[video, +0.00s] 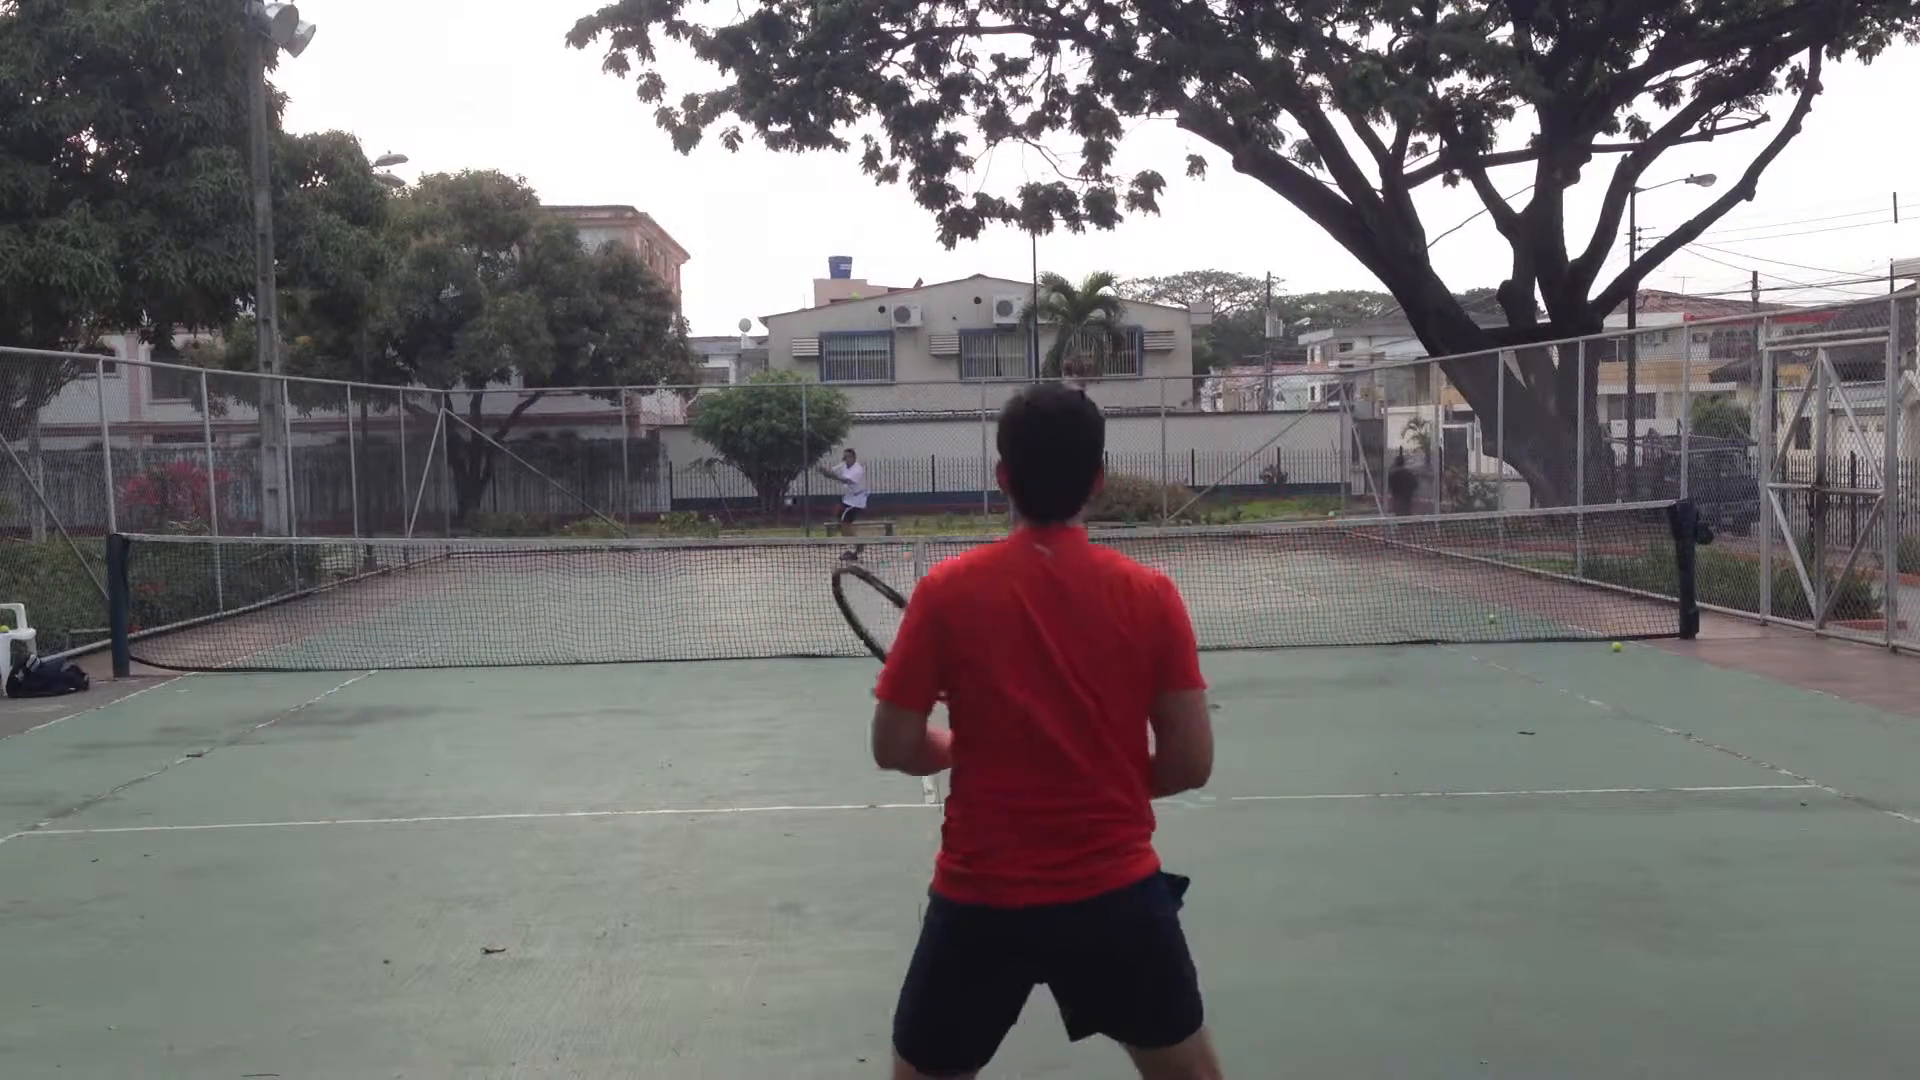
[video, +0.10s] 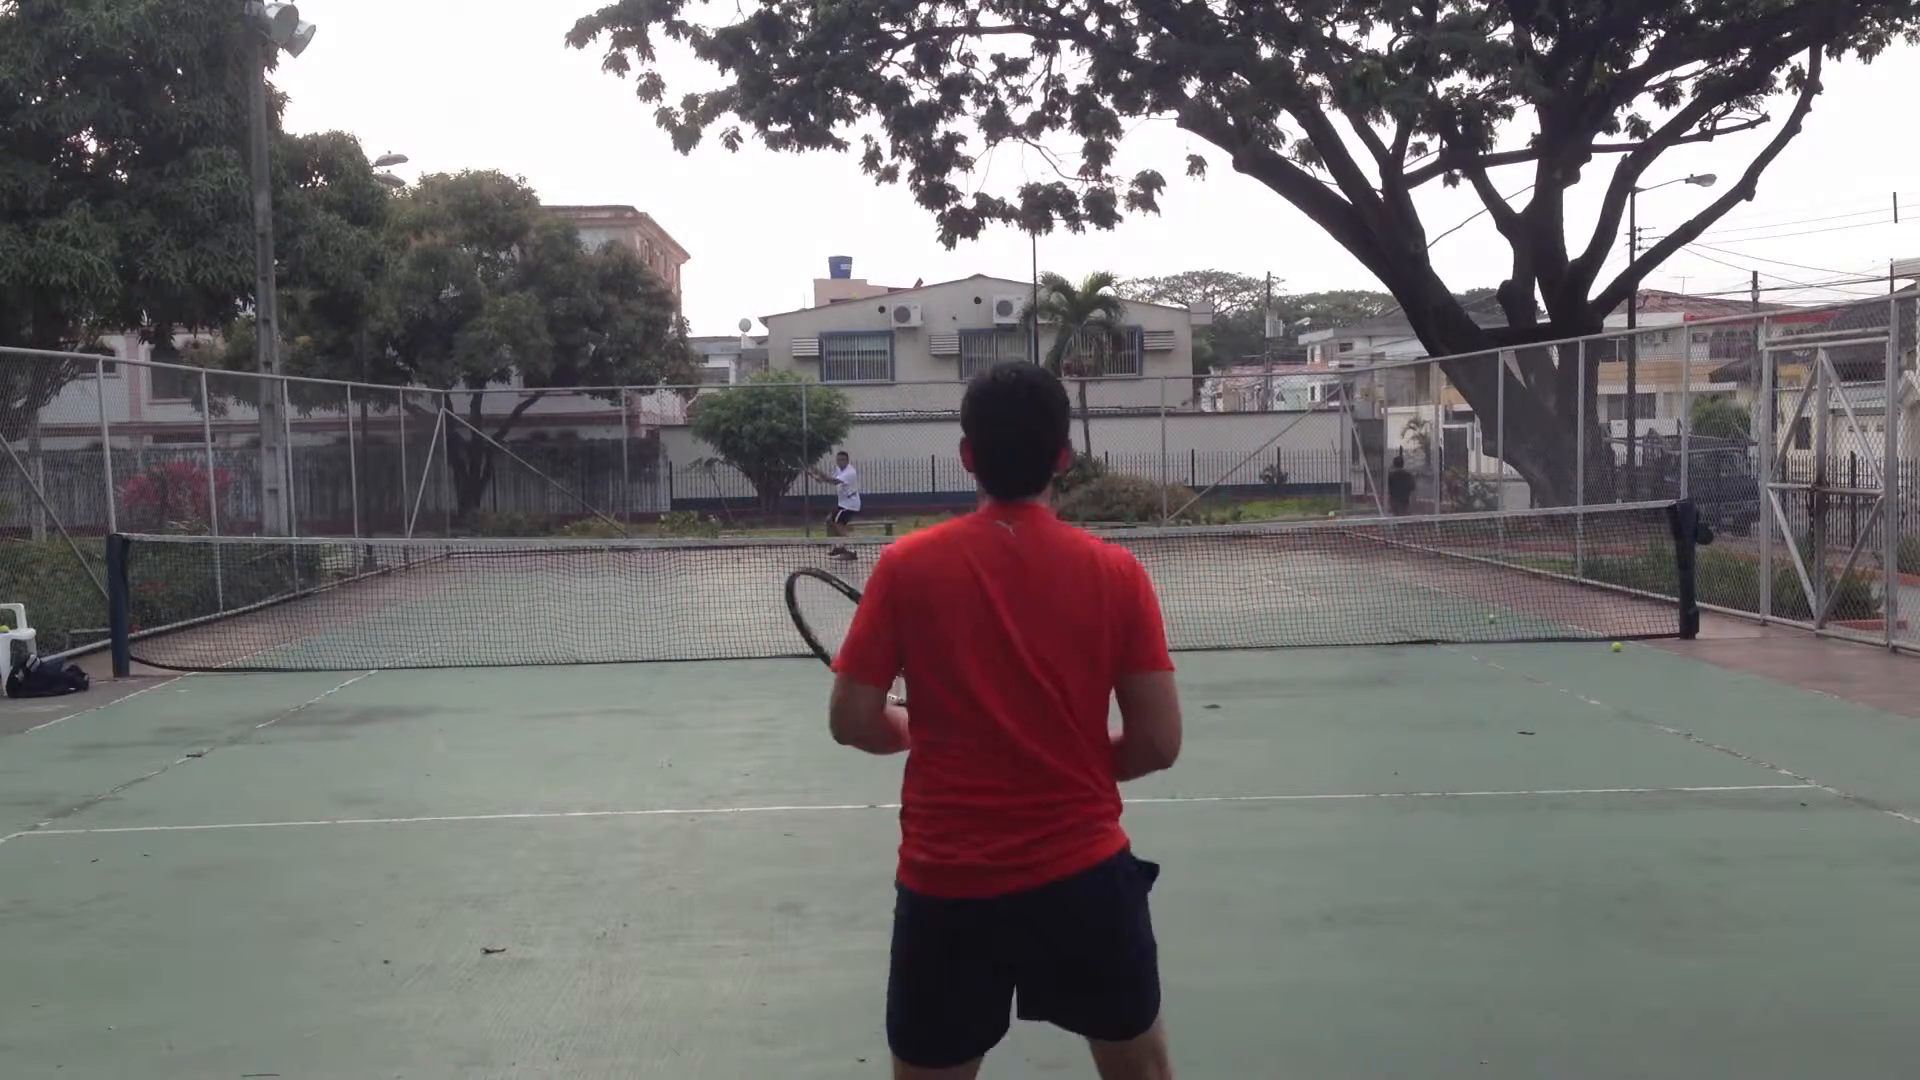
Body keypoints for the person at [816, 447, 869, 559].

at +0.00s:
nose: (846, 460)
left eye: (848, 457)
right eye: (845, 457)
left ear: (854, 458)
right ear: (844, 458)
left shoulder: (858, 470)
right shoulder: (844, 466)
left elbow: (847, 480)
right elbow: (833, 472)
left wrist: (828, 474)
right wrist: (824, 471)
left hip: (857, 500)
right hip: (848, 498)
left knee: (844, 523)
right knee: (842, 522)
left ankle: (854, 548)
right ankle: (858, 542)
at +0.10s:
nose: (840, 462)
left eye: (843, 460)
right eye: (838, 460)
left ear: (847, 461)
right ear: (836, 461)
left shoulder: (850, 472)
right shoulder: (839, 469)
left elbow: (835, 481)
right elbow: (832, 479)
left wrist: (819, 473)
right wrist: (821, 479)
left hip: (851, 503)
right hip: (843, 502)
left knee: (837, 523)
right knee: (831, 521)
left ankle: (849, 548)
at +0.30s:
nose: (825, 464)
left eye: (827, 461)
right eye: (825, 461)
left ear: (832, 462)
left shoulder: (834, 473)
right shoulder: (833, 472)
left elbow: (823, 478)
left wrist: (810, 473)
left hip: (836, 507)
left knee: (827, 529)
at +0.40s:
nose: (816, 463)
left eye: (819, 461)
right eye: (817, 461)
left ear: (824, 462)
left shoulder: (829, 472)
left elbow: (815, 474)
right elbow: (814, 472)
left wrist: (802, 470)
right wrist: (803, 470)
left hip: (832, 508)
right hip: (823, 508)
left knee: (826, 530)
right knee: (811, 529)